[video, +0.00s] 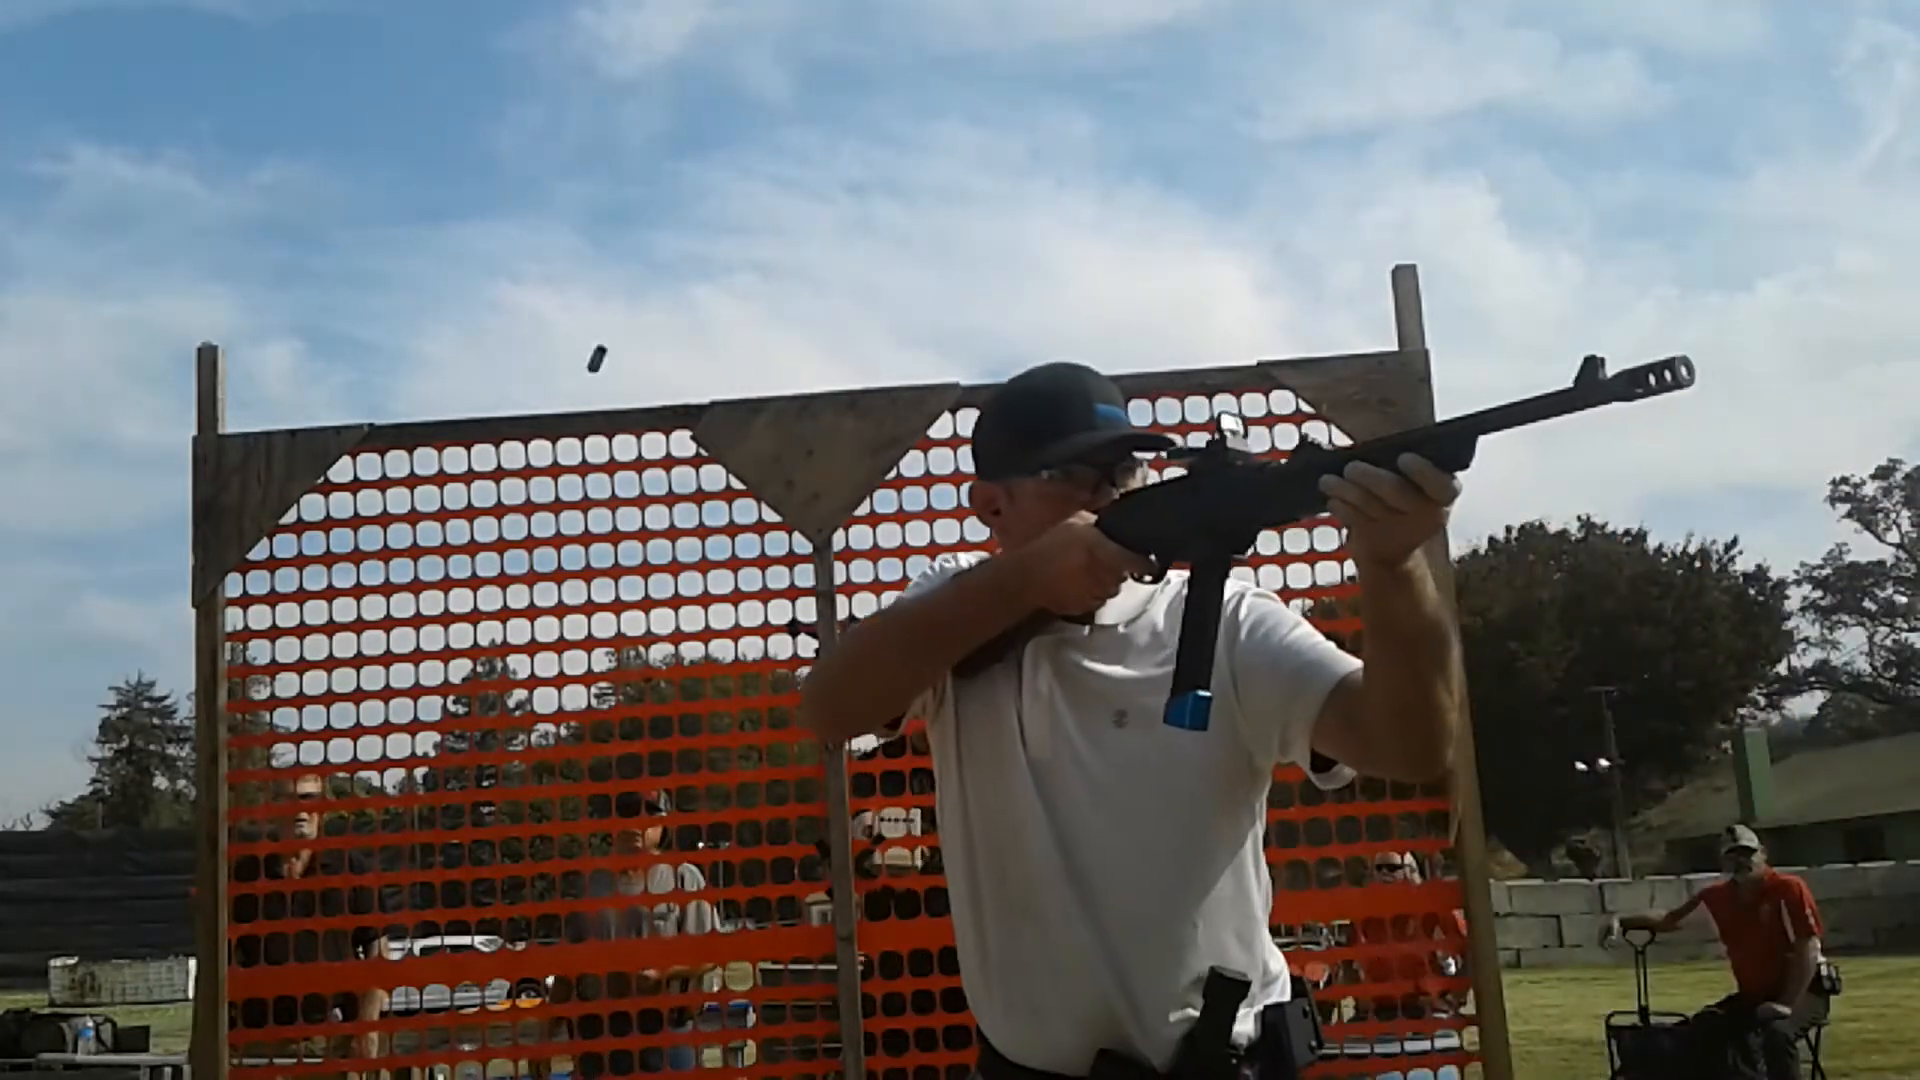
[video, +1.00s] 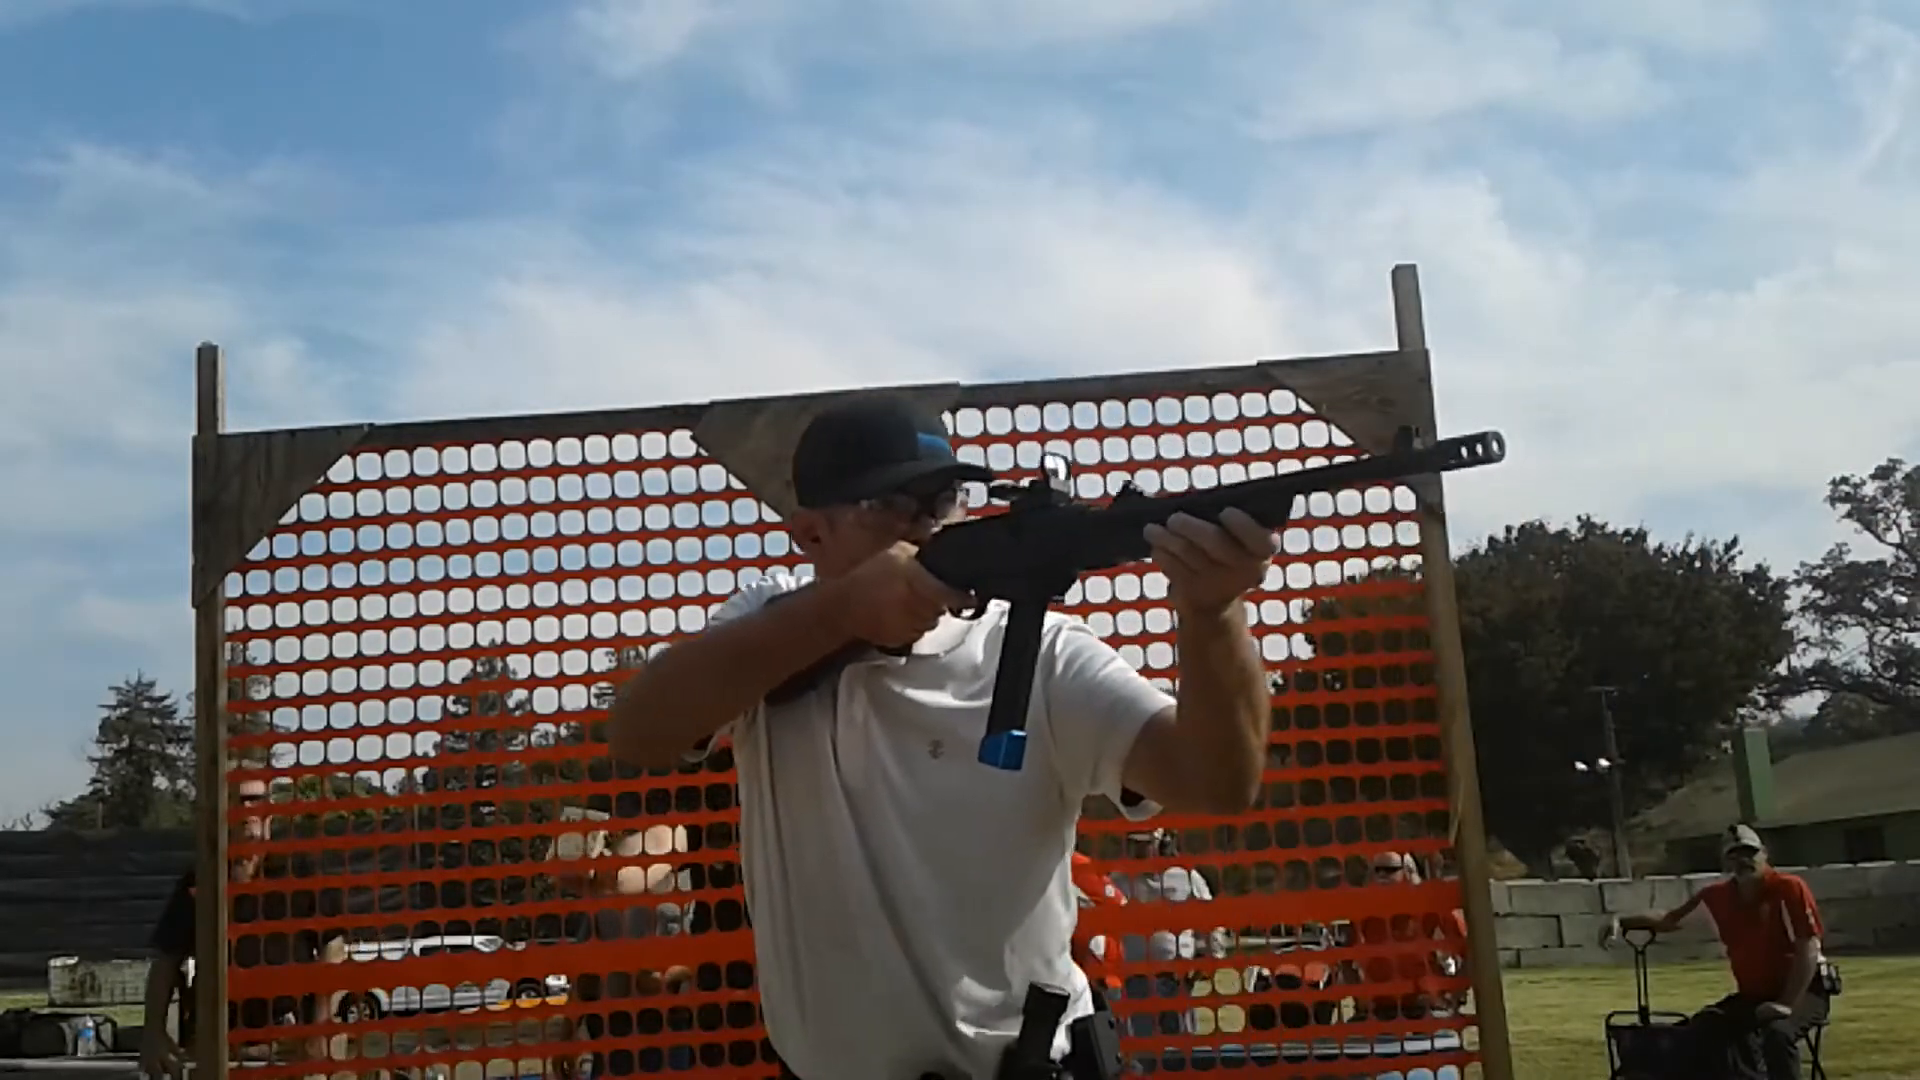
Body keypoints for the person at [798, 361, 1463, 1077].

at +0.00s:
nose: (1112, 498)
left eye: (1123, 472)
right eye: (1077, 477)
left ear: (1144, 479)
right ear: (993, 503)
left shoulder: (1224, 621)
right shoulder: (952, 624)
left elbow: (1413, 750)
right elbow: (828, 707)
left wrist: (1397, 571)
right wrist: (1024, 580)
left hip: (1227, 1052)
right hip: (1027, 1059)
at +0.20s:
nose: (1114, 496)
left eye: (1125, 468)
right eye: (1082, 474)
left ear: (1146, 475)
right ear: (995, 499)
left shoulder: (1224, 621)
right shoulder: (951, 635)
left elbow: (1406, 752)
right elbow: (820, 700)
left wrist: (1390, 569)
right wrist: (1024, 575)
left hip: (1220, 1055)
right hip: (1020, 1062)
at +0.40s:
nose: (1115, 501)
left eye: (1125, 474)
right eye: (1083, 480)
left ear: (1146, 481)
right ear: (993, 503)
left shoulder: (1223, 630)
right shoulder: (947, 643)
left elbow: (1412, 751)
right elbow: (821, 699)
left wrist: (1394, 565)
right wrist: (1022, 579)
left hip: (1208, 1057)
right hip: (1007, 1064)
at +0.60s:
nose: (1077, 515)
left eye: (1089, 487)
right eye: (1042, 494)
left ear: (1109, 494)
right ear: (951, 521)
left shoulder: (1181, 646)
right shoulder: (905, 640)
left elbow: (1369, 766)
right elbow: (780, 722)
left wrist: (1357, 594)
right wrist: (981, 600)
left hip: (1172, 1054)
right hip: (972, 1059)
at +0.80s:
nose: (987, 530)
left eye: (1005, 501)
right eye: (952, 507)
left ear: (1029, 510)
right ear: (872, 534)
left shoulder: (1101, 654)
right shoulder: (826, 643)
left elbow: (1288, 779)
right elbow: (697, 737)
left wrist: (1286, 613)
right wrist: (903, 611)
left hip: (1092, 1061)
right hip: (893, 1066)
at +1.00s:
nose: (932, 528)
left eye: (946, 502)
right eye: (899, 506)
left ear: (967, 511)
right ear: (812, 531)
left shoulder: (1036, 654)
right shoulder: (767, 630)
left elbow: (1216, 782)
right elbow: (634, 733)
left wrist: (1212, 619)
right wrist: (839, 611)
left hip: (1029, 1054)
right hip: (832, 1060)